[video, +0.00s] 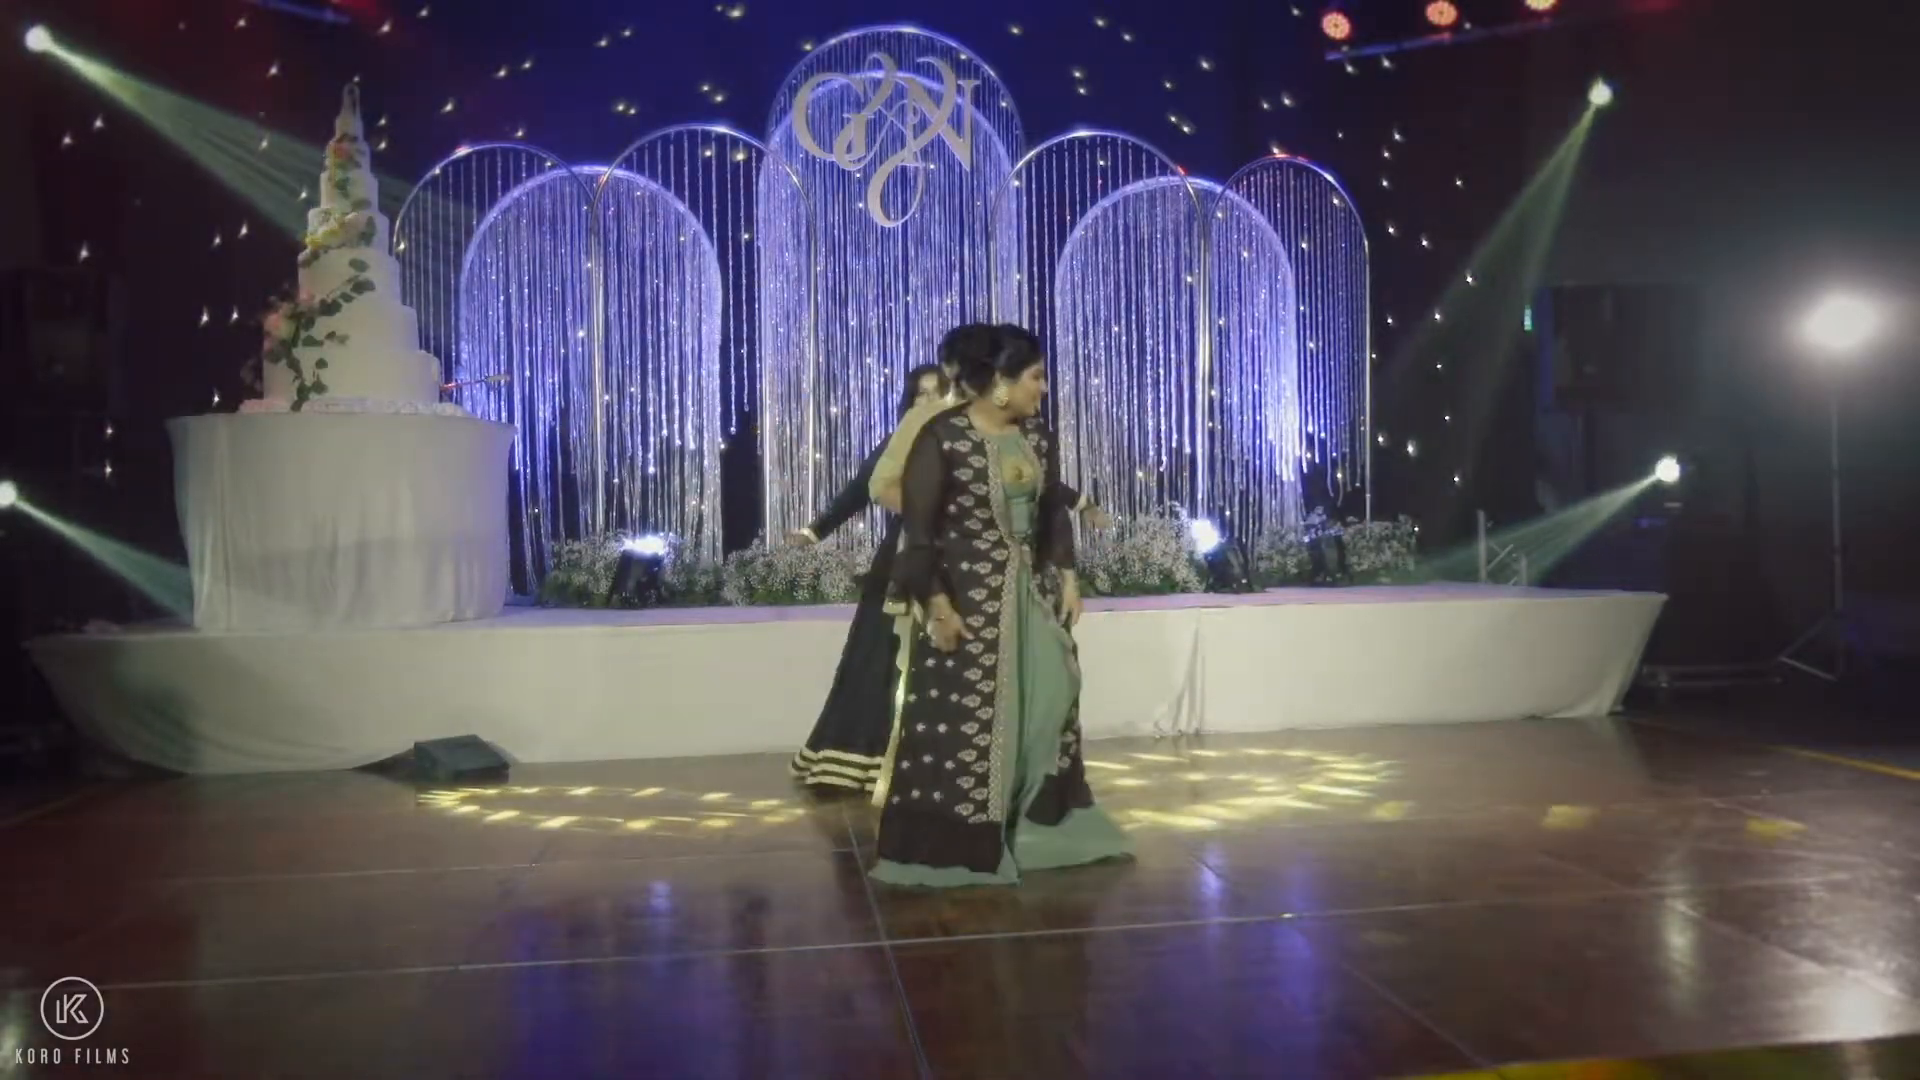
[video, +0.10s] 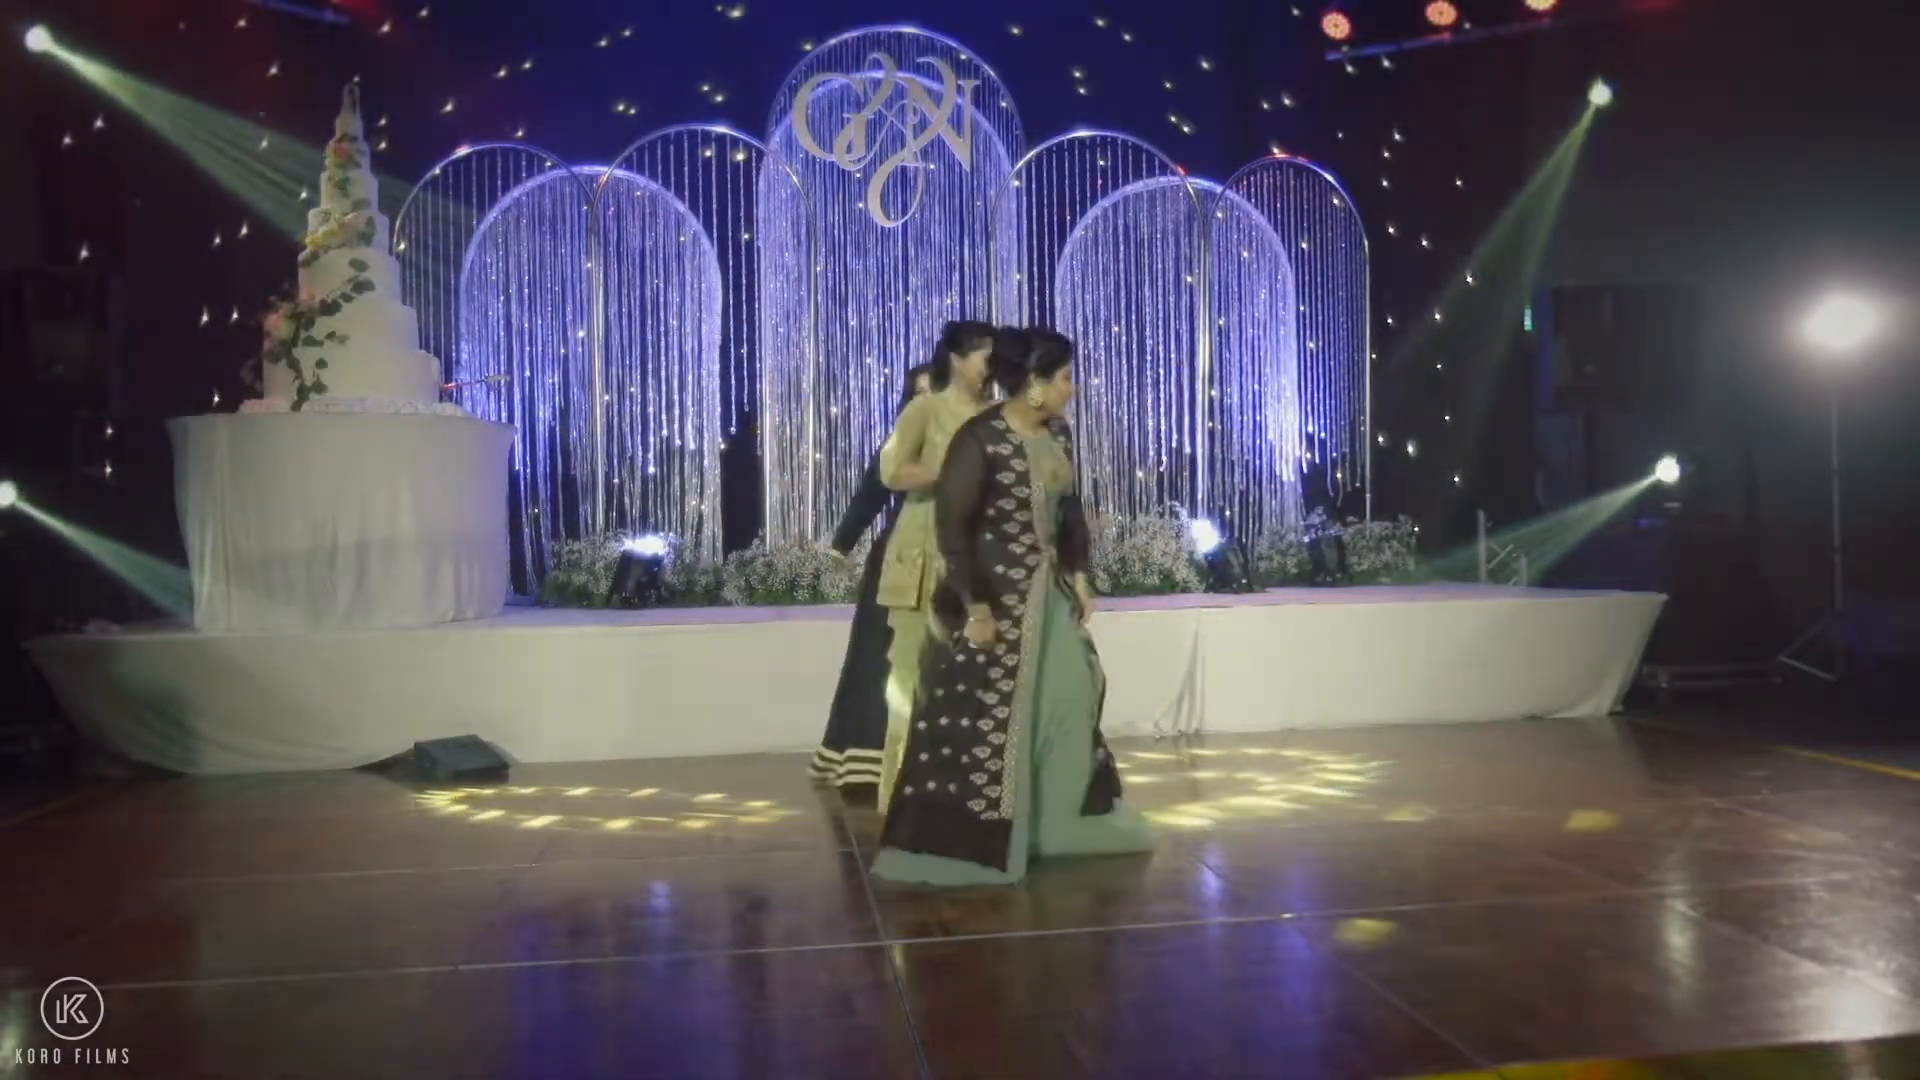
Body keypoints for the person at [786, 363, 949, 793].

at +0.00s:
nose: (929, 400)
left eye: (936, 391)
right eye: (922, 393)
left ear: (951, 392)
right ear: (909, 398)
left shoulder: (967, 440)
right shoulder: (903, 440)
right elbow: (864, 486)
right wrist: (817, 528)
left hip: (953, 560)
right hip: (900, 561)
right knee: (877, 661)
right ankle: (844, 761)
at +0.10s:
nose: (926, 401)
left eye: (932, 391)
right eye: (920, 392)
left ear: (949, 390)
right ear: (910, 395)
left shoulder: (964, 436)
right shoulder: (904, 438)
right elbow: (873, 488)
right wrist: (844, 541)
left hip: (944, 552)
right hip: (897, 553)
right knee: (876, 655)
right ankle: (858, 761)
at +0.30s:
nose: (899, 397)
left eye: (908, 389)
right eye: (893, 390)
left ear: (930, 393)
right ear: (888, 398)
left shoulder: (944, 443)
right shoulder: (881, 443)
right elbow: (848, 491)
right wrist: (812, 536)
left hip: (927, 551)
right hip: (878, 550)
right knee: (850, 640)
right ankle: (846, 738)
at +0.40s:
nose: (877, 401)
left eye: (885, 392)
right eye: (872, 396)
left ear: (908, 396)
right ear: (868, 406)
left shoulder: (931, 447)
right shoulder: (862, 452)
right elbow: (827, 496)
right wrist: (784, 533)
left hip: (908, 561)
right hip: (860, 561)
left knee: (886, 654)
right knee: (833, 650)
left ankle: (878, 751)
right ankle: (828, 749)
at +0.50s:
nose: (844, 406)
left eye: (853, 399)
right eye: (844, 399)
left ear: (879, 404)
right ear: (850, 408)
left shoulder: (912, 450)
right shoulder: (837, 459)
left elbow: (935, 503)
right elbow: (806, 503)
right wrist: (763, 534)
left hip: (885, 572)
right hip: (836, 571)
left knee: (863, 657)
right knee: (801, 655)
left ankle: (862, 750)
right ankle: (802, 746)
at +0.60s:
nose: (818, 405)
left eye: (826, 398)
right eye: (820, 397)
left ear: (850, 405)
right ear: (842, 406)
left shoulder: (878, 449)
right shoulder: (821, 452)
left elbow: (885, 516)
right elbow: (801, 500)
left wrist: (876, 564)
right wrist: (765, 531)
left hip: (854, 576)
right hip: (810, 575)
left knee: (852, 666)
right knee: (782, 660)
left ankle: (861, 762)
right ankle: (783, 759)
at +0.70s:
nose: (804, 410)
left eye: (808, 402)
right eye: (806, 402)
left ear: (824, 406)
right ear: (836, 403)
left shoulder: (845, 446)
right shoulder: (827, 448)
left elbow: (824, 504)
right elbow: (816, 507)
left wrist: (795, 555)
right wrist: (790, 553)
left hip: (836, 577)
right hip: (820, 576)